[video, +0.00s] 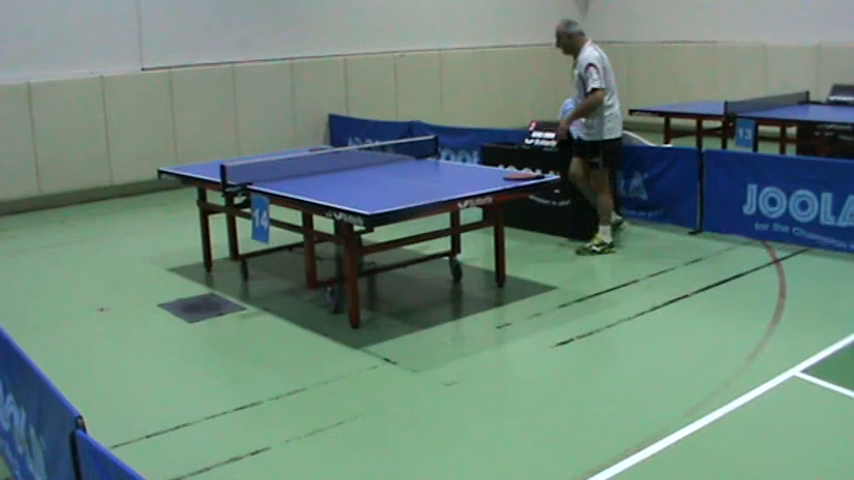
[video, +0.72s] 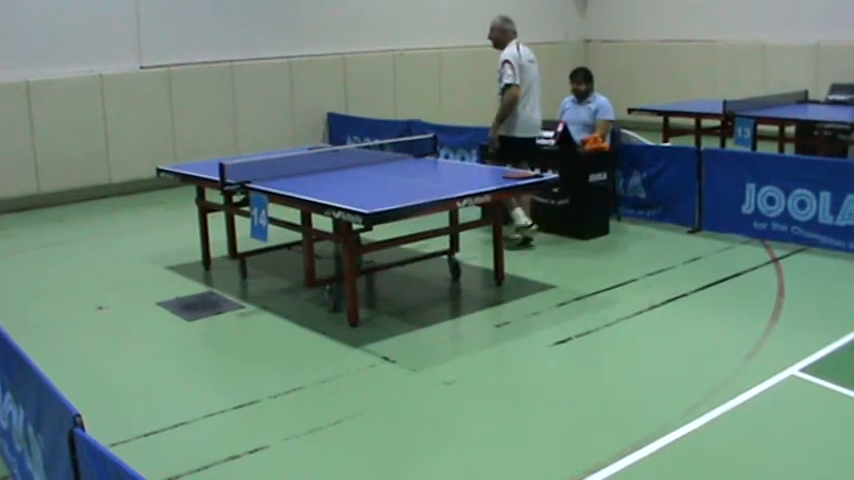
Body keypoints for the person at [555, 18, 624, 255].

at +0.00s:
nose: (558, 46)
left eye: (560, 40)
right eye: (557, 41)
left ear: (572, 37)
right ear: (574, 36)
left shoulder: (589, 59)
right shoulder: (585, 57)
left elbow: (597, 97)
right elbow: (590, 96)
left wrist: (568, 120)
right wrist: (572, 119)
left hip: (602, 133)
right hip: (589, 131)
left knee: (600, 183)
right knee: (576, 173)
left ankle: (604, 235)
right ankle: (610, 216)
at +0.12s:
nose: (551, 44)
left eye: (553, 39)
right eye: (551, 39)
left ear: (565, 36)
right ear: (568, 35)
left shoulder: (581, 58)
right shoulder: (578, 56)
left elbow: (587, 96)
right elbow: (583, 96)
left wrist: (558, 118)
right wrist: (566, 122)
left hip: (596, 132)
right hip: (581, 131)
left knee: (597, 181)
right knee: (568, 172)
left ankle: (605, 235)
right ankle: (586, 223)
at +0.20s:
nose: (543, 46)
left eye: (545, 40)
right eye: (543, 40)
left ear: (558, 37)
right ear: (561, 36)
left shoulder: (571, 59)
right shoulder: (574, 54)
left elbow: (576, 97)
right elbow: (578, 96)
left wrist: (550, 118)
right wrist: (558, 119)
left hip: (589, 130)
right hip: (574, 130)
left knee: (592, 181)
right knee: (560, 173)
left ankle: (603, 236)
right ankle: (560, 230)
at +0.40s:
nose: (520, 45)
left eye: (521, 40)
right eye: (519, 40)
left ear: (534, 37)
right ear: (538, 37)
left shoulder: (545, 59)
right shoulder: (553, 55)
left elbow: (551, 97)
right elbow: (560, 95)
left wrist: (529, 118)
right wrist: (540, 120)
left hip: (559, 135)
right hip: (557, 134)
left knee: (571, 182)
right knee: (539, 182)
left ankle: (598, 233)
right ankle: (525, 231)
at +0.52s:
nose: (506, 40)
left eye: (509, 35)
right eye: (507, 35)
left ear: (521, 34)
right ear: (526, 34)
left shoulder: (530, 55)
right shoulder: (541, 52)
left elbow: (537, 92)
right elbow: (545, 92)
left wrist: (517, 119)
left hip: (539, 131)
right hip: (547, 129)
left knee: (540, 180)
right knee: (535, 181)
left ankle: (580, 221)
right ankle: (523, 230)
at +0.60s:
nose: (499, 39)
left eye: (502, 33)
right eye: (500, 33)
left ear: (514, 33)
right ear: (520, 33)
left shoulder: (522, 55)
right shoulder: (535, 52)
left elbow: (527, 92)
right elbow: (538, 90)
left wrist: (509, 121)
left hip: (529, 130)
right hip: (540, 128)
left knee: (526, 180)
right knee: (527, 180)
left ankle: (559, 216)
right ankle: (524, 230)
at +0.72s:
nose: (489, 37)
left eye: (492, 32)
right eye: (490, 32)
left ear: (504, 32)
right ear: (510, 32)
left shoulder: (509, 55)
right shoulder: (527, 52)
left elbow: (513, 93)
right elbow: (529, 90)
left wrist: (496, 125)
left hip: (514, 129)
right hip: (531, 127)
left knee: (495, 174)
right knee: (523, 177)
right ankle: (524, 228)